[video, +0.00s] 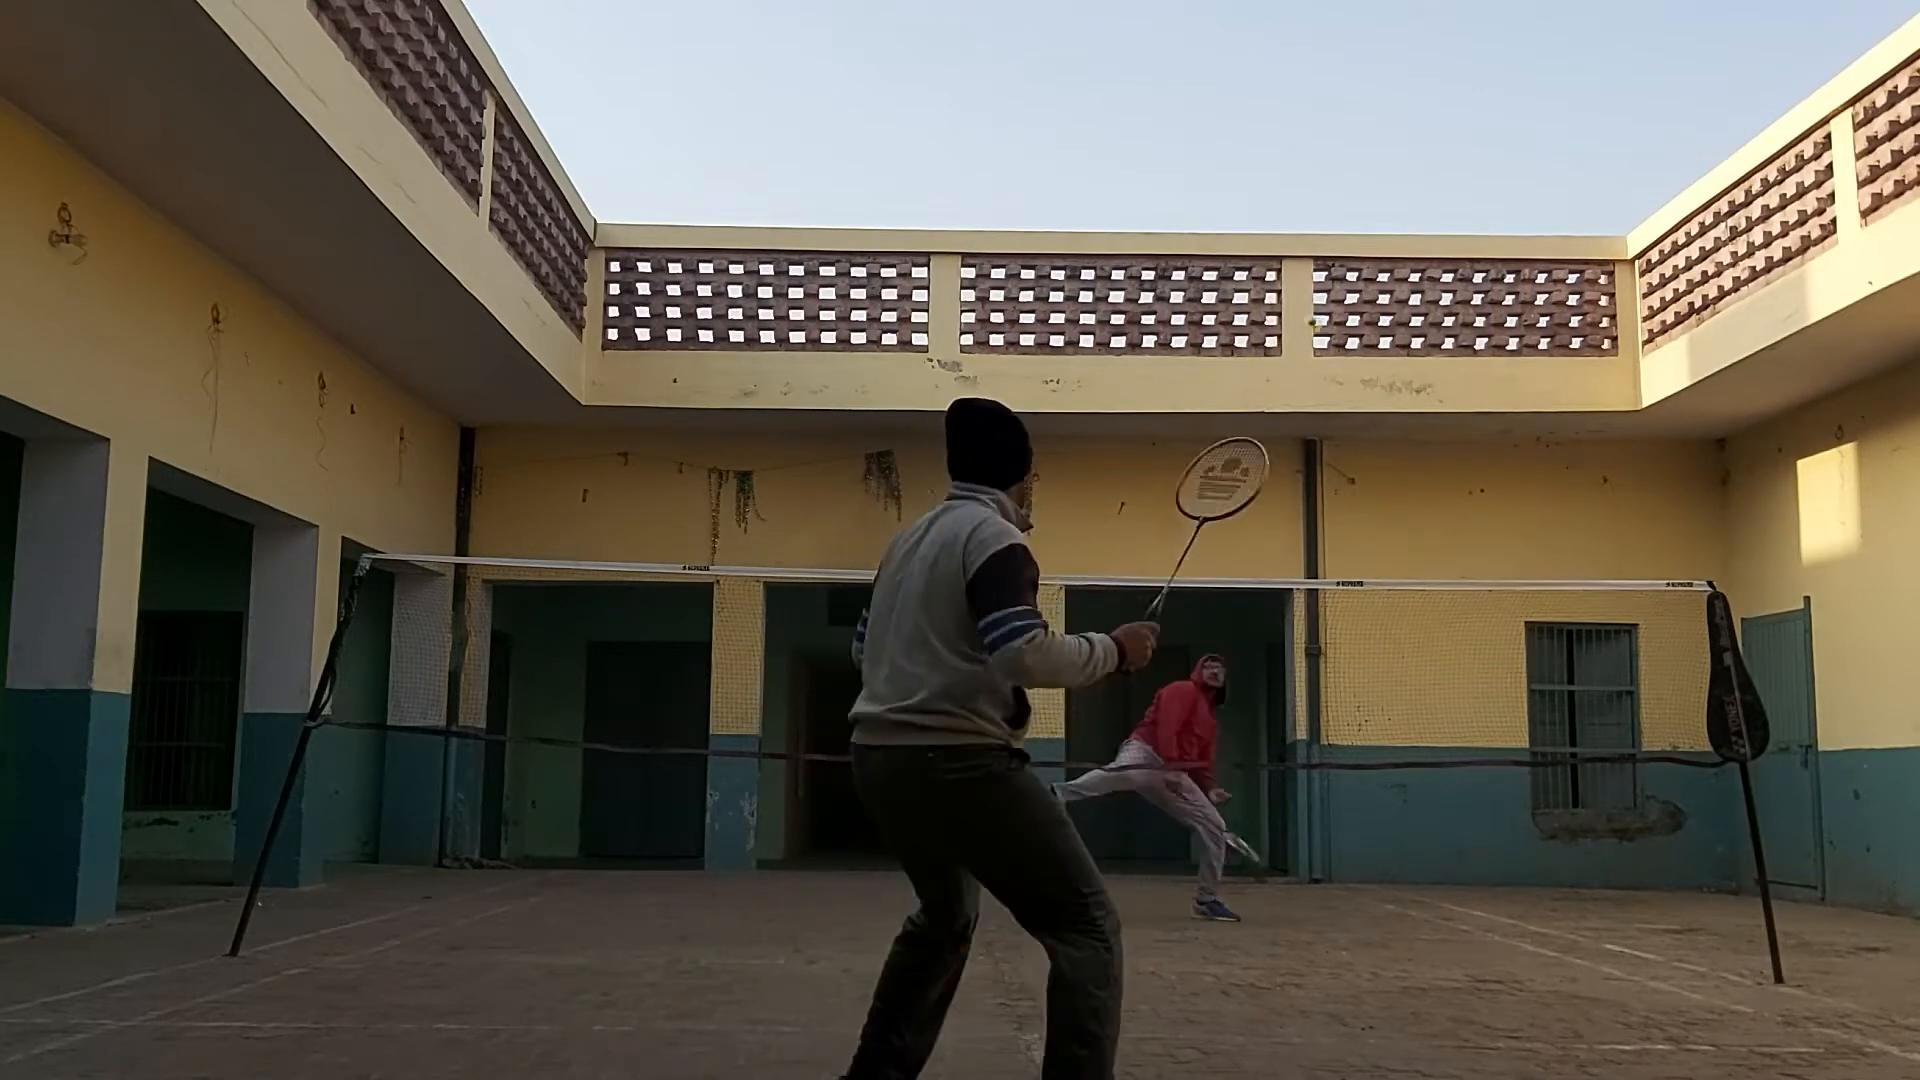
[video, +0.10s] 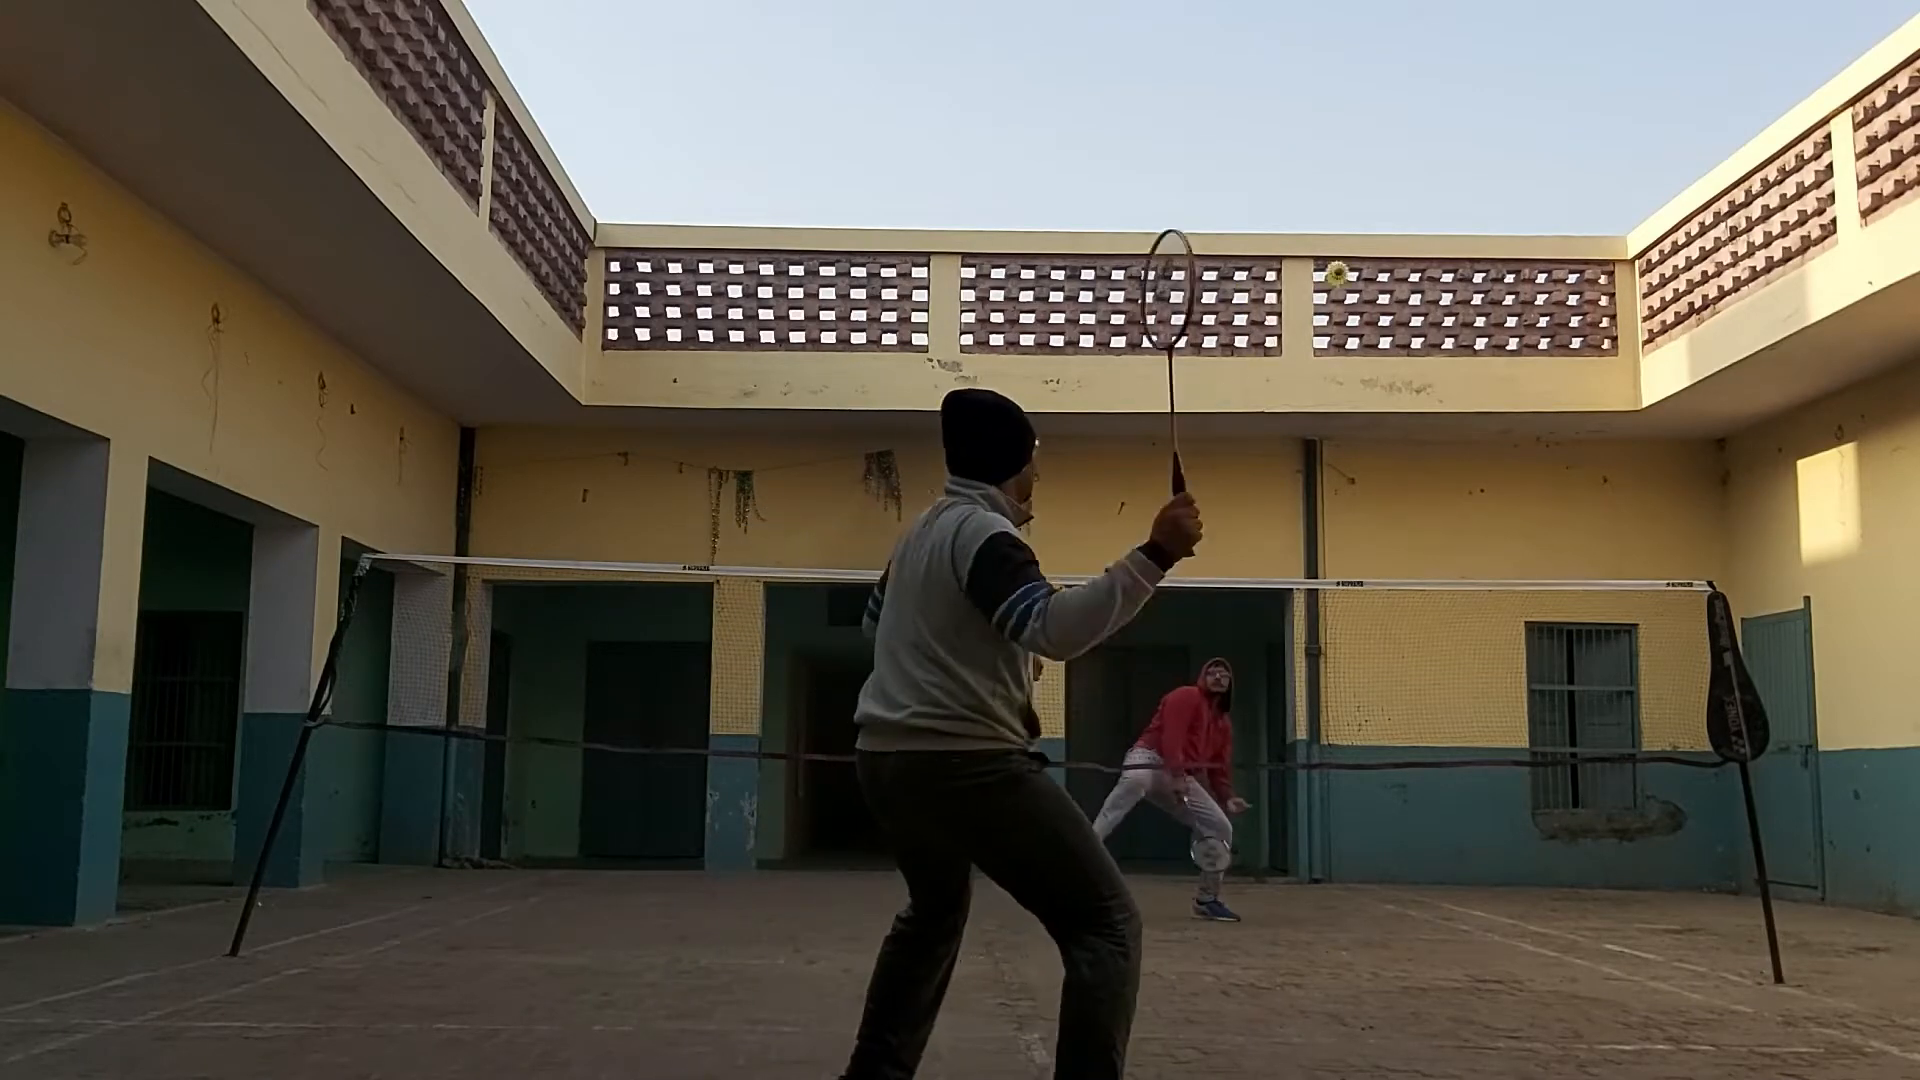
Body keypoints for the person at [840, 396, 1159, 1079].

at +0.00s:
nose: (1029, 492)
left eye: (1028, 479)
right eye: (1028, 479)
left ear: (959, 471)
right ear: (1016, 477)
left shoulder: (906, 541)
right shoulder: (994, 537)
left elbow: (869, 651)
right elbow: (1020, 653)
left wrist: (975, 677)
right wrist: (1112, 650)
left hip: (881, 761)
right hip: (966, 763)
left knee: (946, 913)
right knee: (1087, 925)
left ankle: (875, 1073)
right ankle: (1080, 1074)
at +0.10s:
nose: (1033, 480)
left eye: (1032, 463)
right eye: (1030, 464)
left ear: (960, 463)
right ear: (1012, 466)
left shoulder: (916, 535)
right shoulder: (984, 533)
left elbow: (876, 618)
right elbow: (1051, 628)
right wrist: (1155, 556)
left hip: (888, 760)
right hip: (975, 762)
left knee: (934, 910)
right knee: (1105, 923)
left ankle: (875, 1072)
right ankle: (1088, 1076)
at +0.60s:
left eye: (869, 380)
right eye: (943, 376)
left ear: (864, 394)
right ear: (947, 382)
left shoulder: (825, 509)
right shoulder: (990, 465)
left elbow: (825, 652)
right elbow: (1077, 584)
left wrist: (890, 699)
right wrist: (1157, 617)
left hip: (889, 739)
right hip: (1014, 727)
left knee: (917, 956)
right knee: (1085, 928)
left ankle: (896, 1078)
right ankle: (1091, 1073)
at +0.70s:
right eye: (939, 359)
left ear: (858, 377)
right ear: (940, 367)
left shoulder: (810, 484)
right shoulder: (991, 441)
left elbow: (771, 623)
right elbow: (1043, 554)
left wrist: (863, 656)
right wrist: (1101, 674)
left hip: (872, 725)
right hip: (995, 714)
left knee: (905, 940)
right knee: (1043, 935)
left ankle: (885, 1076)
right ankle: (1067, 1077)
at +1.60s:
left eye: (717, 409)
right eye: (780, 411)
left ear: (710, 416)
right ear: (787, 417)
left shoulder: (649, 492)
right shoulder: (821, 492)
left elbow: (596, 611)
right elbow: (872, 605)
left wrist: (645, 671)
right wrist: (877, 676)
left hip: (639, 704)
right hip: (755, 711)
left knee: (585, 886)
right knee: (790, 907)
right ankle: (811, 1073)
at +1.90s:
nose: (658, 467)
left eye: (657, 458)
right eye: (659, 453)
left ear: (587, 437)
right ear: (649, 449)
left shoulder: (543, 513)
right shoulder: (608, 493)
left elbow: (502, 610)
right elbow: (601, 572)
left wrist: (623, 661)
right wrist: (706, 504)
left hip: (519, 731)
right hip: (605, 732)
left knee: (542, 910)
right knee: (695, 909)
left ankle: (468, 1064)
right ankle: (767, 1067)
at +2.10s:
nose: (590, 418)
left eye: (594, 405)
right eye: (586, 400)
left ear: (552, 395)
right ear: (553, 387)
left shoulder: (539, 455)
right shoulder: (497, 430)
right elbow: (429, 515)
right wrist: (496, 540)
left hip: (532, 659)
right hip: (501, 655)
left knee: (516, 858)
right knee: (503, 857)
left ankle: (457, 1051)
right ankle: (437, 1055)